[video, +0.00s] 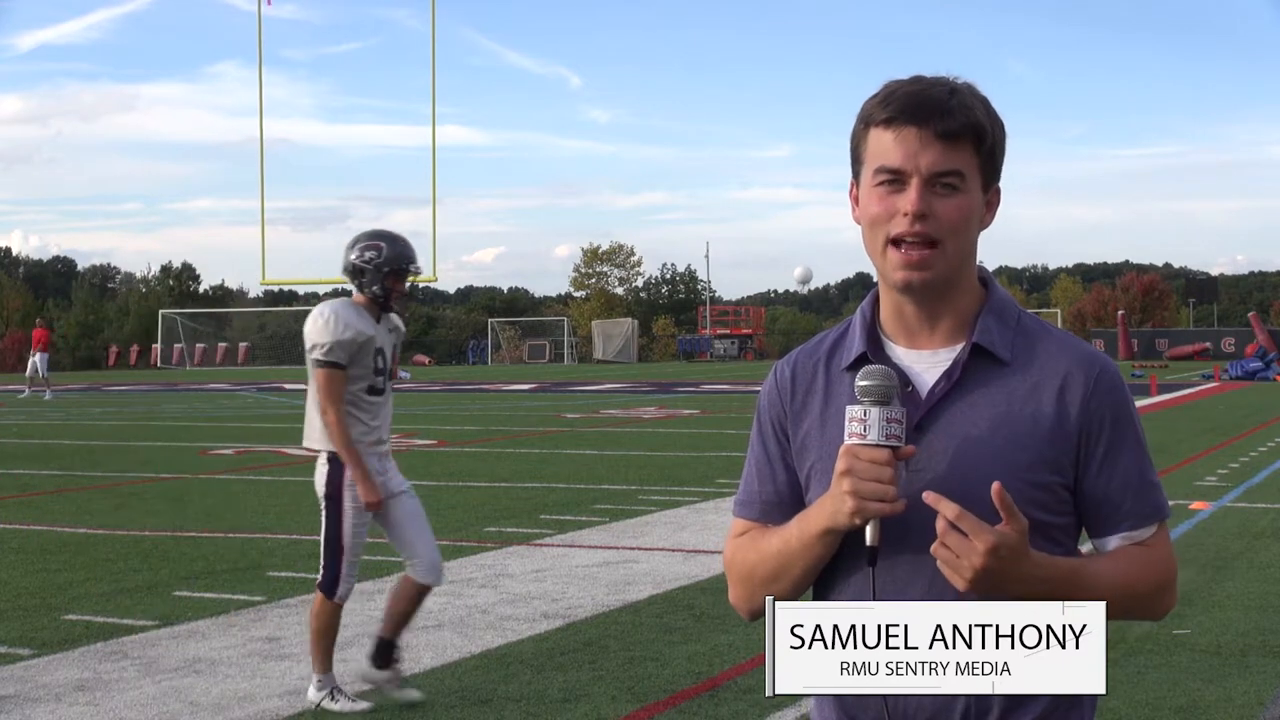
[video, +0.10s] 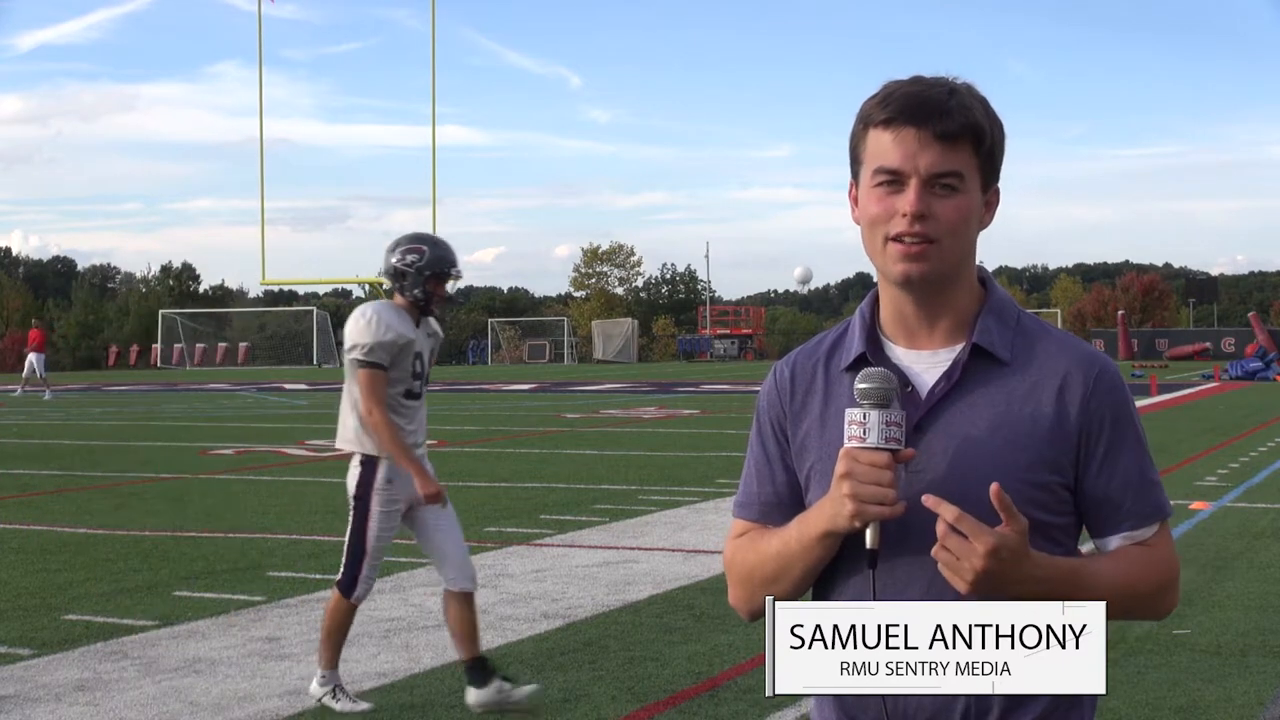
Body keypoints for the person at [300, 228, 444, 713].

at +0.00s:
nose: (404, 286)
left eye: (405, 278)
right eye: (397, 278)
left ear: (391, 277)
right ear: (371, 276)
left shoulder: (392, 327)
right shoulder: (332, 320)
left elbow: (374, 396)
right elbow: (328, 407)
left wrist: (381, 456)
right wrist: (360, 475)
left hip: (381, 463)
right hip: (341, 465)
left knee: (426, 568)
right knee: (336, 581)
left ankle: (381, 665)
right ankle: (322, 683)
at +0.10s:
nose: (447, 289)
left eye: (447, 280)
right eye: (441, 281)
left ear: (423, 281)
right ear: (414, 279)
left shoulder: (429, 330)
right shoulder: (374, 322)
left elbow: (406, 399)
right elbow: (370, 408)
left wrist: (410, 456)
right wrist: (417, 471)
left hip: (418, 466)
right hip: (376, 467)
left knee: (460, 575)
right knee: (355, 581)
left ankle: (480, 680)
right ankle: (325, 681)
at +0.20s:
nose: (488, 296)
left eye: (489, 287)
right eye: (482, 287)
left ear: (464, 284)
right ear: (455, 284)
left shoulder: (467, 336)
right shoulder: (418, 326)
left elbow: (445, 407)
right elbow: (415, 415)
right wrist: (466, 473)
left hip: (461, 475)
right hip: (421, 475)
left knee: (489, 582)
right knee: (391, 587)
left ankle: (514, 692)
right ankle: (335, 671)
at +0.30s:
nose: (530, 293)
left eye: (530, 284)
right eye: (524, 284)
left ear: (503, 284)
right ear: (498, 282)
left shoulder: (506, 332)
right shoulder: (459, 324)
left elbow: (492, 410)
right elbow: (454, 413)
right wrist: (496, 476)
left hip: (506, 470)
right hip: (470, 474)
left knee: (515, 585)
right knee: (462, 599)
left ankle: (520, 692)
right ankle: (379, 654)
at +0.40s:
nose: (567, 288)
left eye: (567, 279)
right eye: (561, 279)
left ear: (538, 277)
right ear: (536, 276)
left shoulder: (543, 327)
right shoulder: (493, 319)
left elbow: (530, 404)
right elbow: (486, 409)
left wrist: (543, 470)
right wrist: (516, 480)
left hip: (539, 467)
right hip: (510, 470)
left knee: (532, 583)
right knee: (543, 591)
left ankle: (522, 691)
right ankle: (456, 645)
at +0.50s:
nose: (602, 285)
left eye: (603, 275)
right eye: (596, 275)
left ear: (578, 272)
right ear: (571, 272)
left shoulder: (585, 327)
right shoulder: (527, 317)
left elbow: (578, 410)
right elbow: (517, 410)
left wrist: (609, 474)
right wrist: (532, 484)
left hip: (568, 462)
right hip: (546, 463)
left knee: (543, 582)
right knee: (607, 578)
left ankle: (522, 690)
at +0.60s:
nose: (641, 286)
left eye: (643, 277)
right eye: (635, 277)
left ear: (623, 276)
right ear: (607, 274)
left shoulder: (625, 328)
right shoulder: (565, 321)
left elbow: (631, 402)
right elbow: (549, 410)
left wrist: (681, 457)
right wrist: (556, 490)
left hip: (604, 464)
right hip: (582, 465)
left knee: (562, 582)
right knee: (644, 580)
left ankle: (528, 686)